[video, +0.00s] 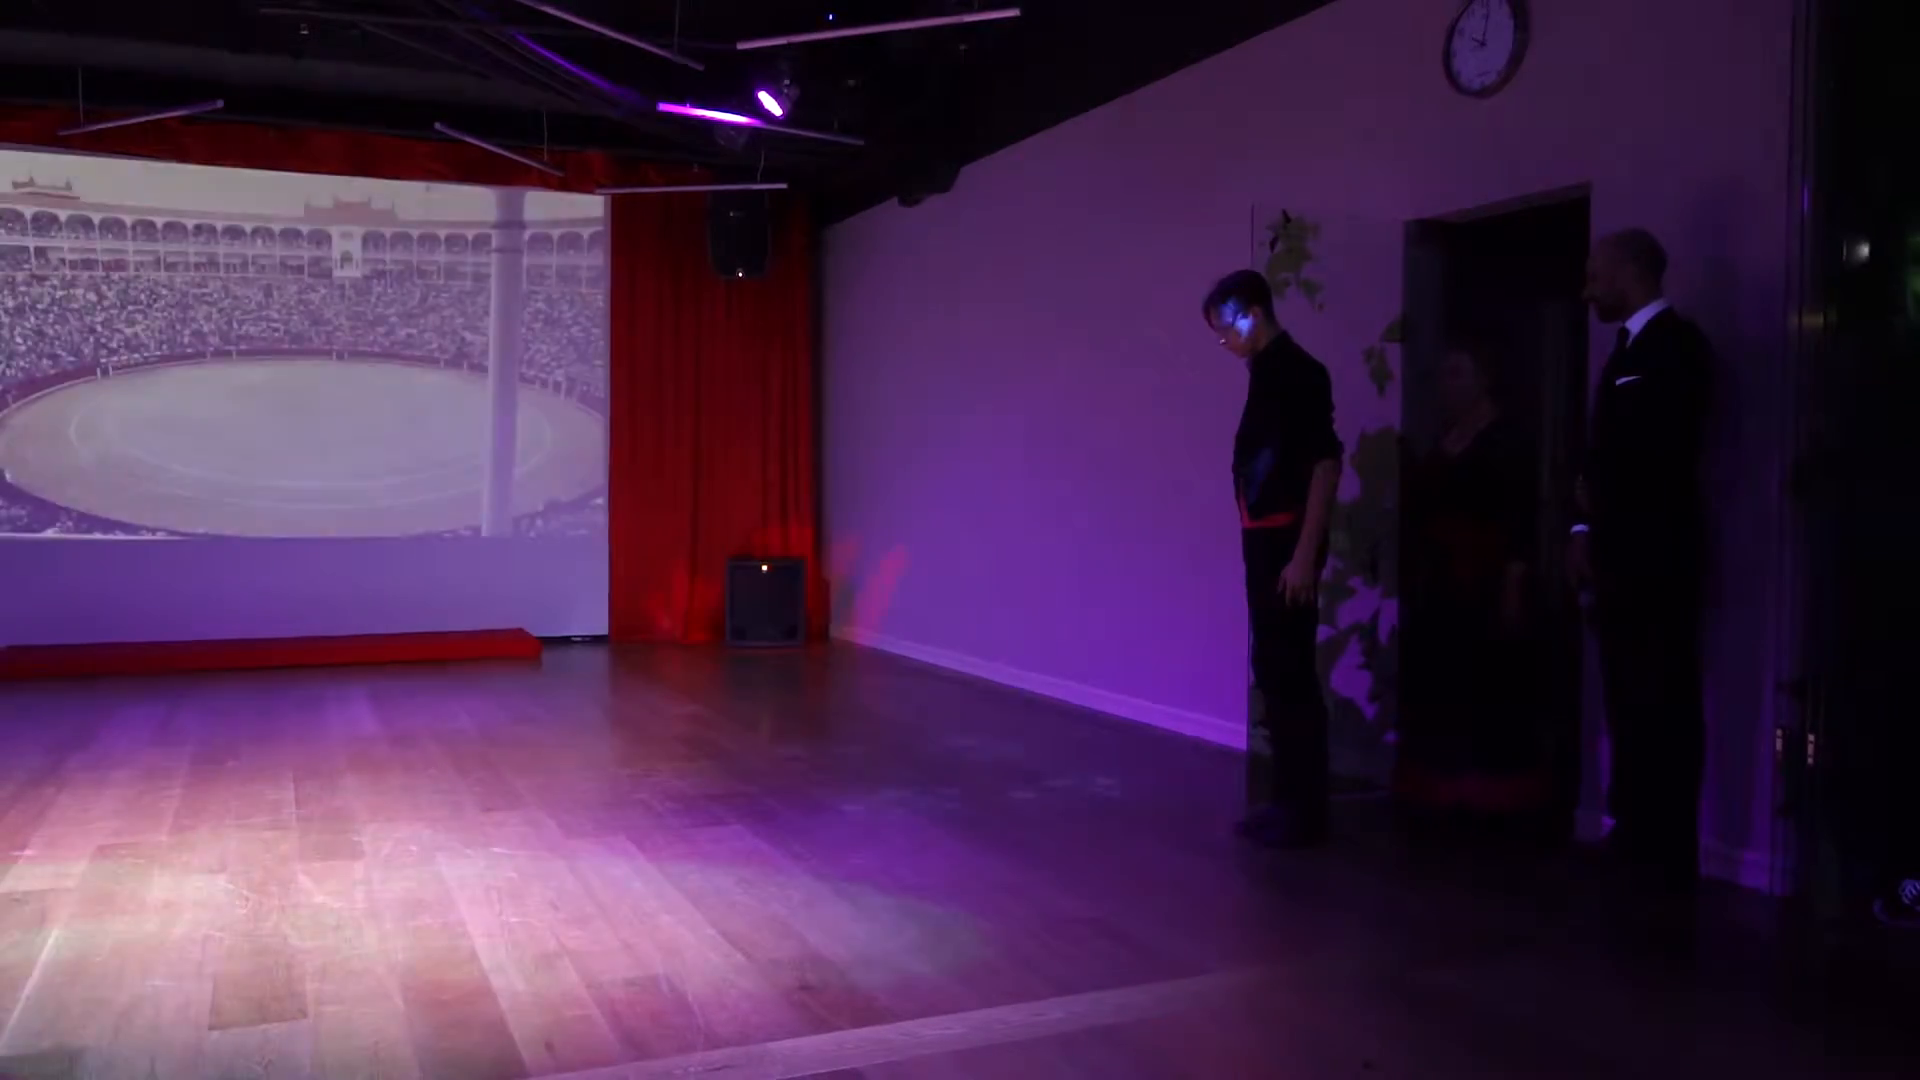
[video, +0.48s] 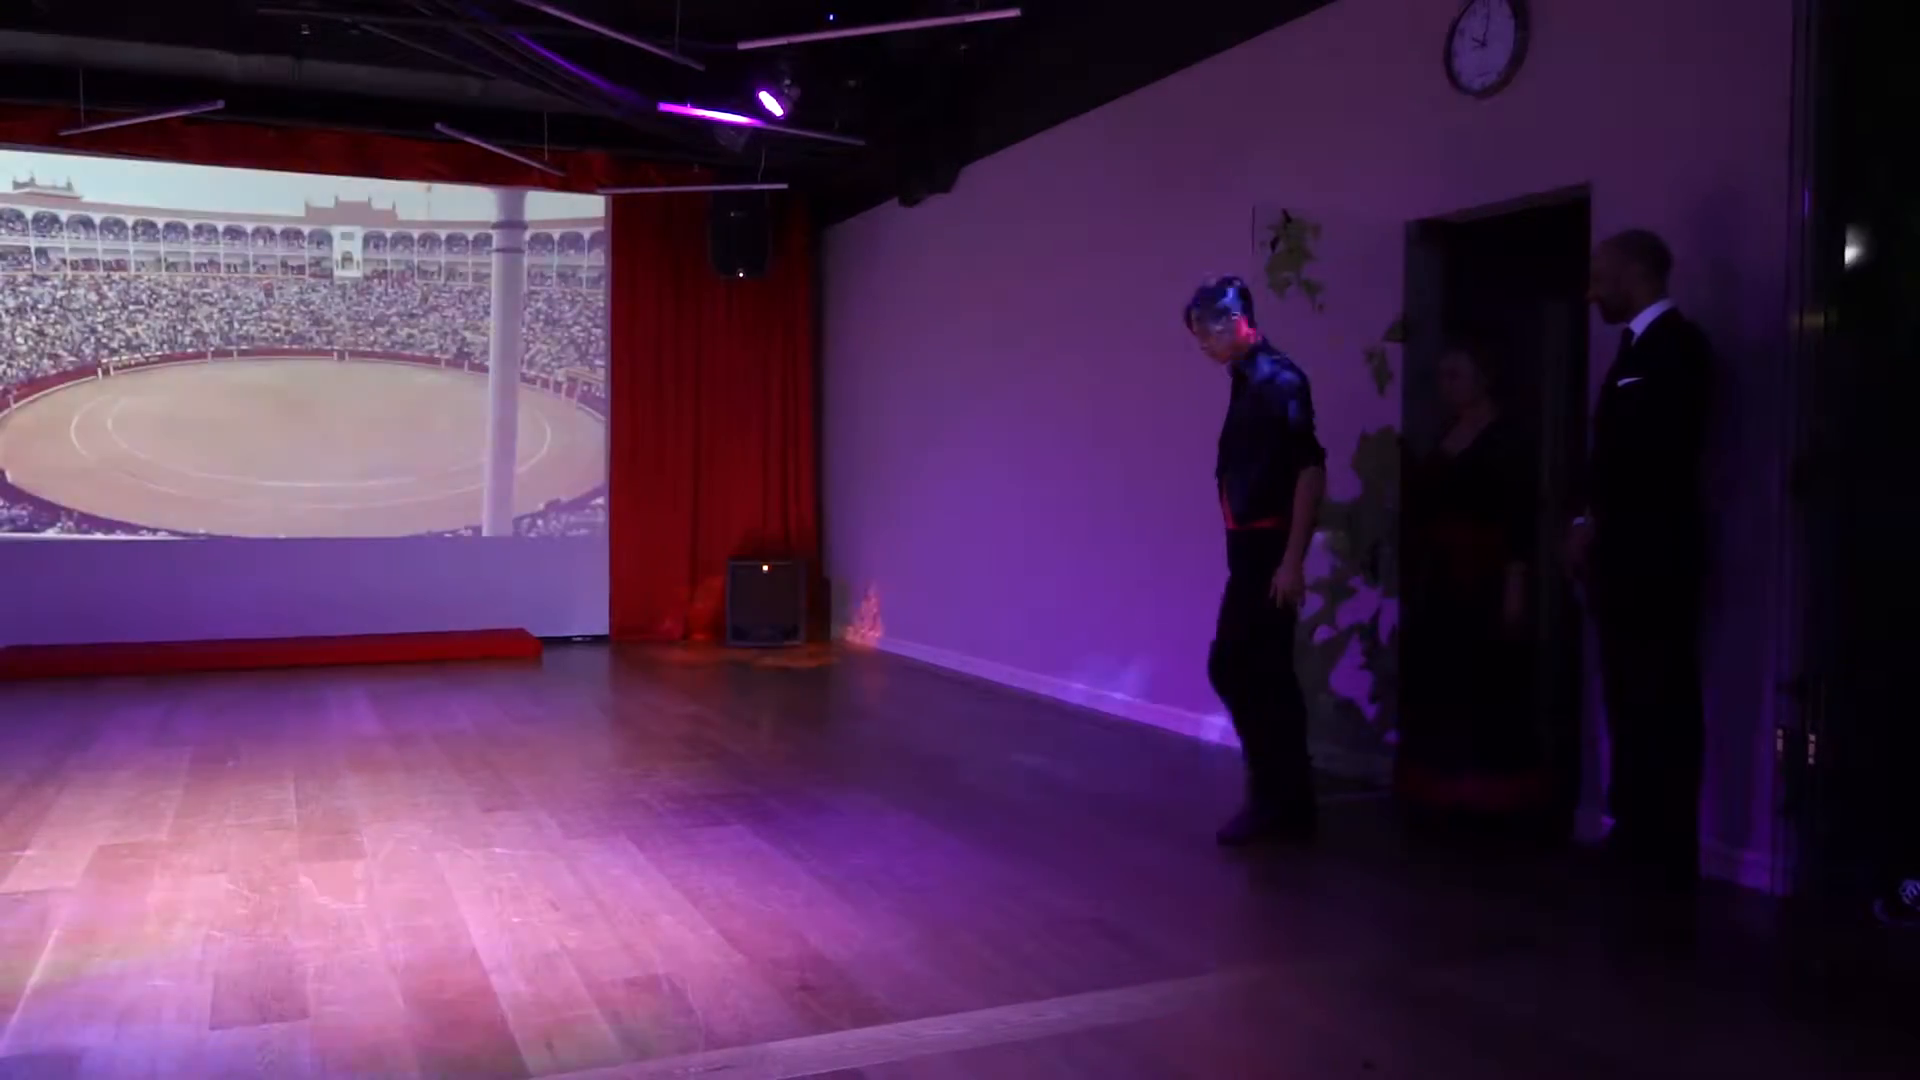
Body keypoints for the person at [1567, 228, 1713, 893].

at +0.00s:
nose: (1591, 286)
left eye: (1600, 271)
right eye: (1592, 272)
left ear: (1634, 275)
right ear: (1638, 275)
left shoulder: (1671, 349)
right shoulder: (1633, 349)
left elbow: (1647, 466)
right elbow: (1603, 458)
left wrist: (1606, 538)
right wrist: (1586, 528)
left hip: (1661, 556)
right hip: (1632, 554)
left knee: (1659, 706)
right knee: (1636, 706)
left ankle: (1660, 852)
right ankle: (1638, 846)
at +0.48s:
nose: (1596, 289)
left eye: (1605, 275)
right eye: (1597, 275)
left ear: (1638, 278)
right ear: (1642, 277)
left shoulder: (1671, 351)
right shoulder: (1638, 348)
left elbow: (1644, 463)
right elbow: (1615, 456)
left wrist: (1599, 524)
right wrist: (1588, 518)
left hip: (1660, 556)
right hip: (1633, 554)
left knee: (1658, 704)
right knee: (1636, 703)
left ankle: (1660, 849)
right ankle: (1637, 842)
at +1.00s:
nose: (1601, 287)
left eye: (1609, 272)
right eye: (1603, 273)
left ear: (1642, 276)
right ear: (1651, 277)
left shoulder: (1677, 352)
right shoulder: (1644, 348)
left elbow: (1652, 464)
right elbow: (1614, 453)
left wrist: (1609, 531)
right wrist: (1588, 519)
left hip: (1660, 558)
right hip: (1634, 556)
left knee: (1657, 703)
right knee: (1640, 702)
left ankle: (1662, 850)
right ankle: (1640, 842)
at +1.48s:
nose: (1602, 287)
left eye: (1610, 274)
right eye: (1603, 274)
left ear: (1644, 277)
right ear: (1650, 276)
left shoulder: (1683, 350)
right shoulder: (1649, 348)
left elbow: (1662, 462)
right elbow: (1622, 451)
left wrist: (1619, 527)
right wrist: (1584, 510)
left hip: (1669, 555)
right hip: (1640, 553)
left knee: (1662, 700)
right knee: (1640, 699)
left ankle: (1664, 849)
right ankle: (1638, 840)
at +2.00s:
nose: (1603, 288)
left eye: (1611, 275)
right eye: (1604, 275)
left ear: (1640, 278)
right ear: (1654, 277)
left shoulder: (1681, 355)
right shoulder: (1646, 351)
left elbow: (1654, 465)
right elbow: (1622, 453)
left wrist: (1599, 517)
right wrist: (1586, 507)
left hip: (1664, 558)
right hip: (1633, 554)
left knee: (1668, 702)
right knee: (1615, 700)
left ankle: (1675, 855)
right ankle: (1612, 848)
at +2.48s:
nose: (1534, 301)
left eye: (1541, 288)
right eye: (1535, 289)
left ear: (1570, 288)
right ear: (1584, 287)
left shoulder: (1598, 361)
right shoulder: (1601, 356)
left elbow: (1585, 470)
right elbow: (1584, 469)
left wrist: (1547, 525)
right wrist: (1546, 525)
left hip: (1595, 552)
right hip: (1590, 549)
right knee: (1634, 695)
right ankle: (1675, 847)